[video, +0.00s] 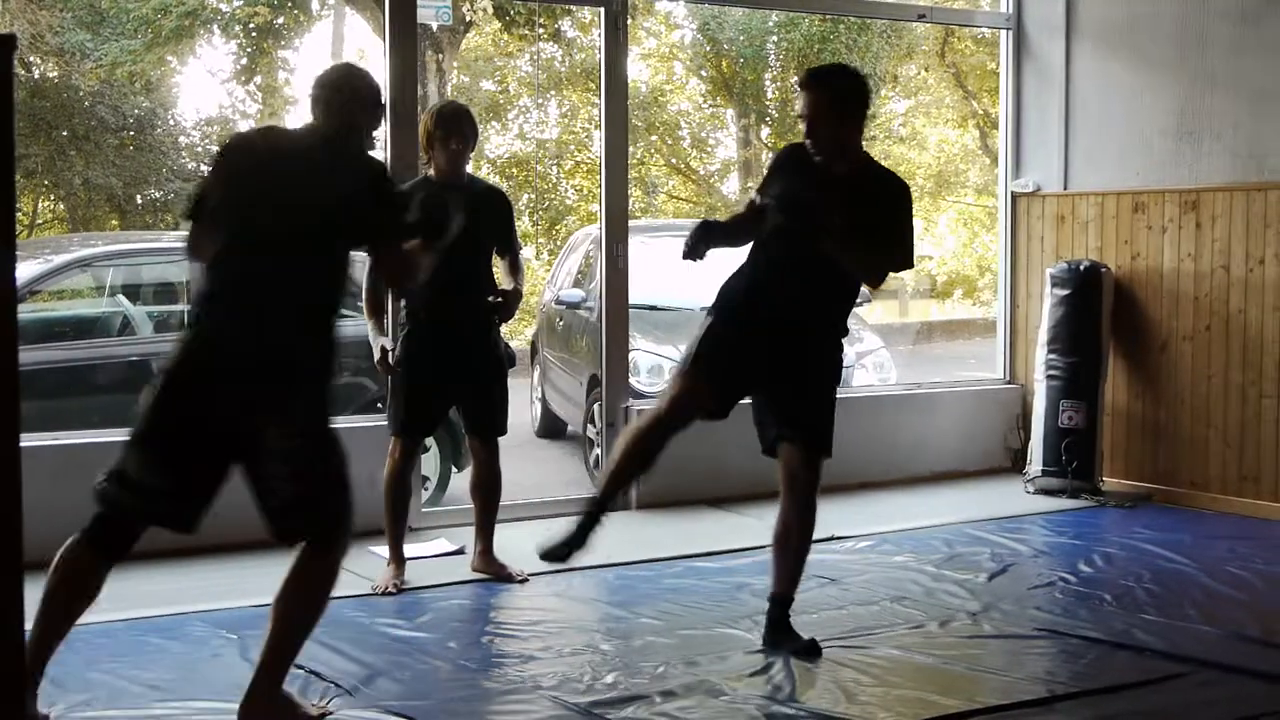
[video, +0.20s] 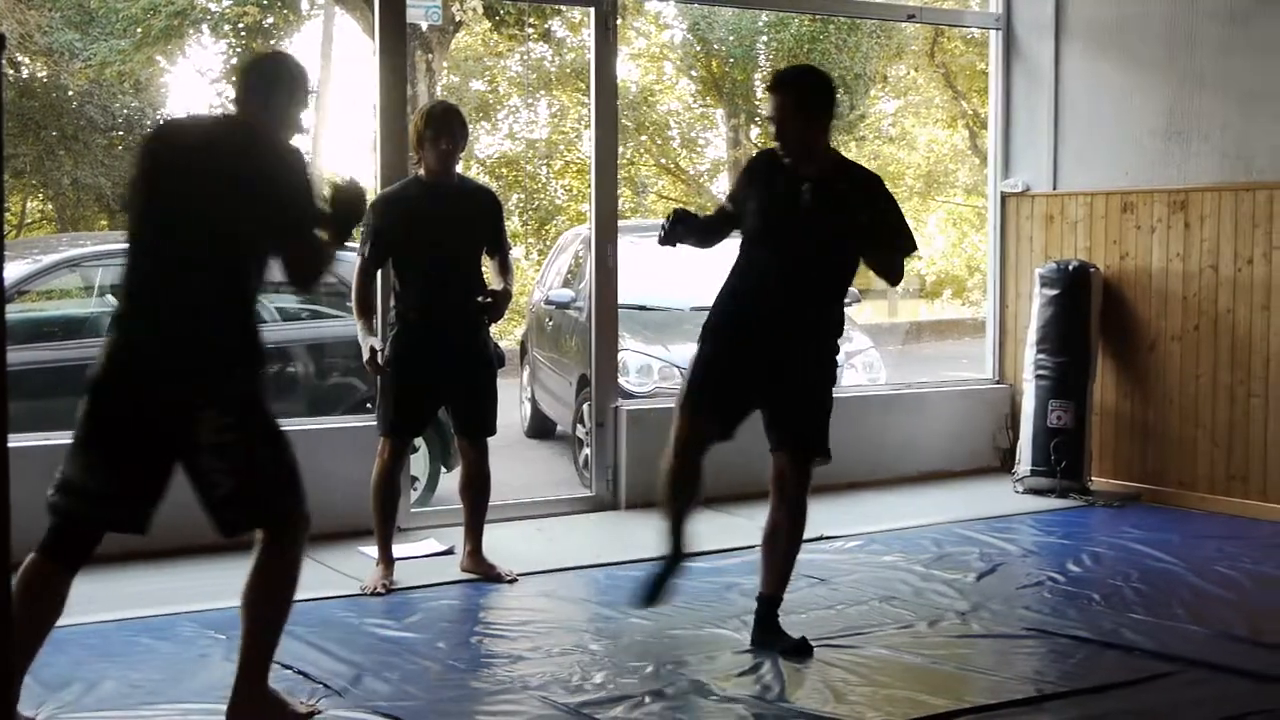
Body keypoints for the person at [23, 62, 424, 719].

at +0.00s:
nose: (374, 129)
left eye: (373, 117)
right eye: (373, 117)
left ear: (314, 105)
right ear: (364, 115)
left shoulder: (247, 149)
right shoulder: (367, 177)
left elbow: (200, 243)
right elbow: (396, 276)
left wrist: (268, 220)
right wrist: (430, 241)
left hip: (203, 368)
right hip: (287, 381)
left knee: (113, 523)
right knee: (328, 532)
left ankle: (24, 680)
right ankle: (265, 692)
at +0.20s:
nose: (299, 119)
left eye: (300, 107)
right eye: (299, 106)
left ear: (240, 89)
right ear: (286, 102)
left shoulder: (168, 138)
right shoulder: (280, 164)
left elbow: (146, 226)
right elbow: (305, 270)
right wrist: (339, 224)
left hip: (133, 365)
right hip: (218, 373)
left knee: (61, 546)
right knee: (286, 526)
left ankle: (5, 696)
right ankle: (251, 691)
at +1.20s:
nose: (379, 107)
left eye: (378, 96)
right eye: (377, 95)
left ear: (307, 86)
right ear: (368, 92)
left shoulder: (255, 135)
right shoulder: (363, 145)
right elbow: (407, 239)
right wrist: (441, 190)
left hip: (238, 364)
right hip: (323, 365)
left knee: (225, 534)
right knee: (408, 504)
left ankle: (183, 686)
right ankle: (406, 673)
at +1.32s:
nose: (378, 106)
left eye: (378, 96)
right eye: (375, 95)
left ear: (307, 85)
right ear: (360, 91)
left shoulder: (252, 136)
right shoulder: (355, 141)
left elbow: (243, 239)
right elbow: (387, 243)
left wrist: (394, 200)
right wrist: (433, 199)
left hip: (238, 361)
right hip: (317, 360)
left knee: (224, 532)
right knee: (418, 494)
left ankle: (182, 686)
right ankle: (420, 665)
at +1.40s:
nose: (382, 101)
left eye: (381, 90)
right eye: (379, 89)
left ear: (310, 81)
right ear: (366, 86)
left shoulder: (258, 131)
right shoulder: (362, 137)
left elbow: (241, 232)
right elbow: (398, 236)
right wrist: (445, 194)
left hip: (244, 359)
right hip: (322, 360)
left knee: (225, 530)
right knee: (408, 502)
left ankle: (182, 687)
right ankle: (419, 678)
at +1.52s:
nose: (397, 95)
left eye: (395, 82)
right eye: (394, 82)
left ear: (326, 79)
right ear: (380, 82)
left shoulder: (272, 131)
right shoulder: (386, 138)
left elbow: (266, 235)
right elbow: (432, 238)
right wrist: (464, 196)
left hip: (255, 353)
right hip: (336, 356)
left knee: (223, 520)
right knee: (405, 509)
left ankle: (181, 675)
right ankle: (417, 683)